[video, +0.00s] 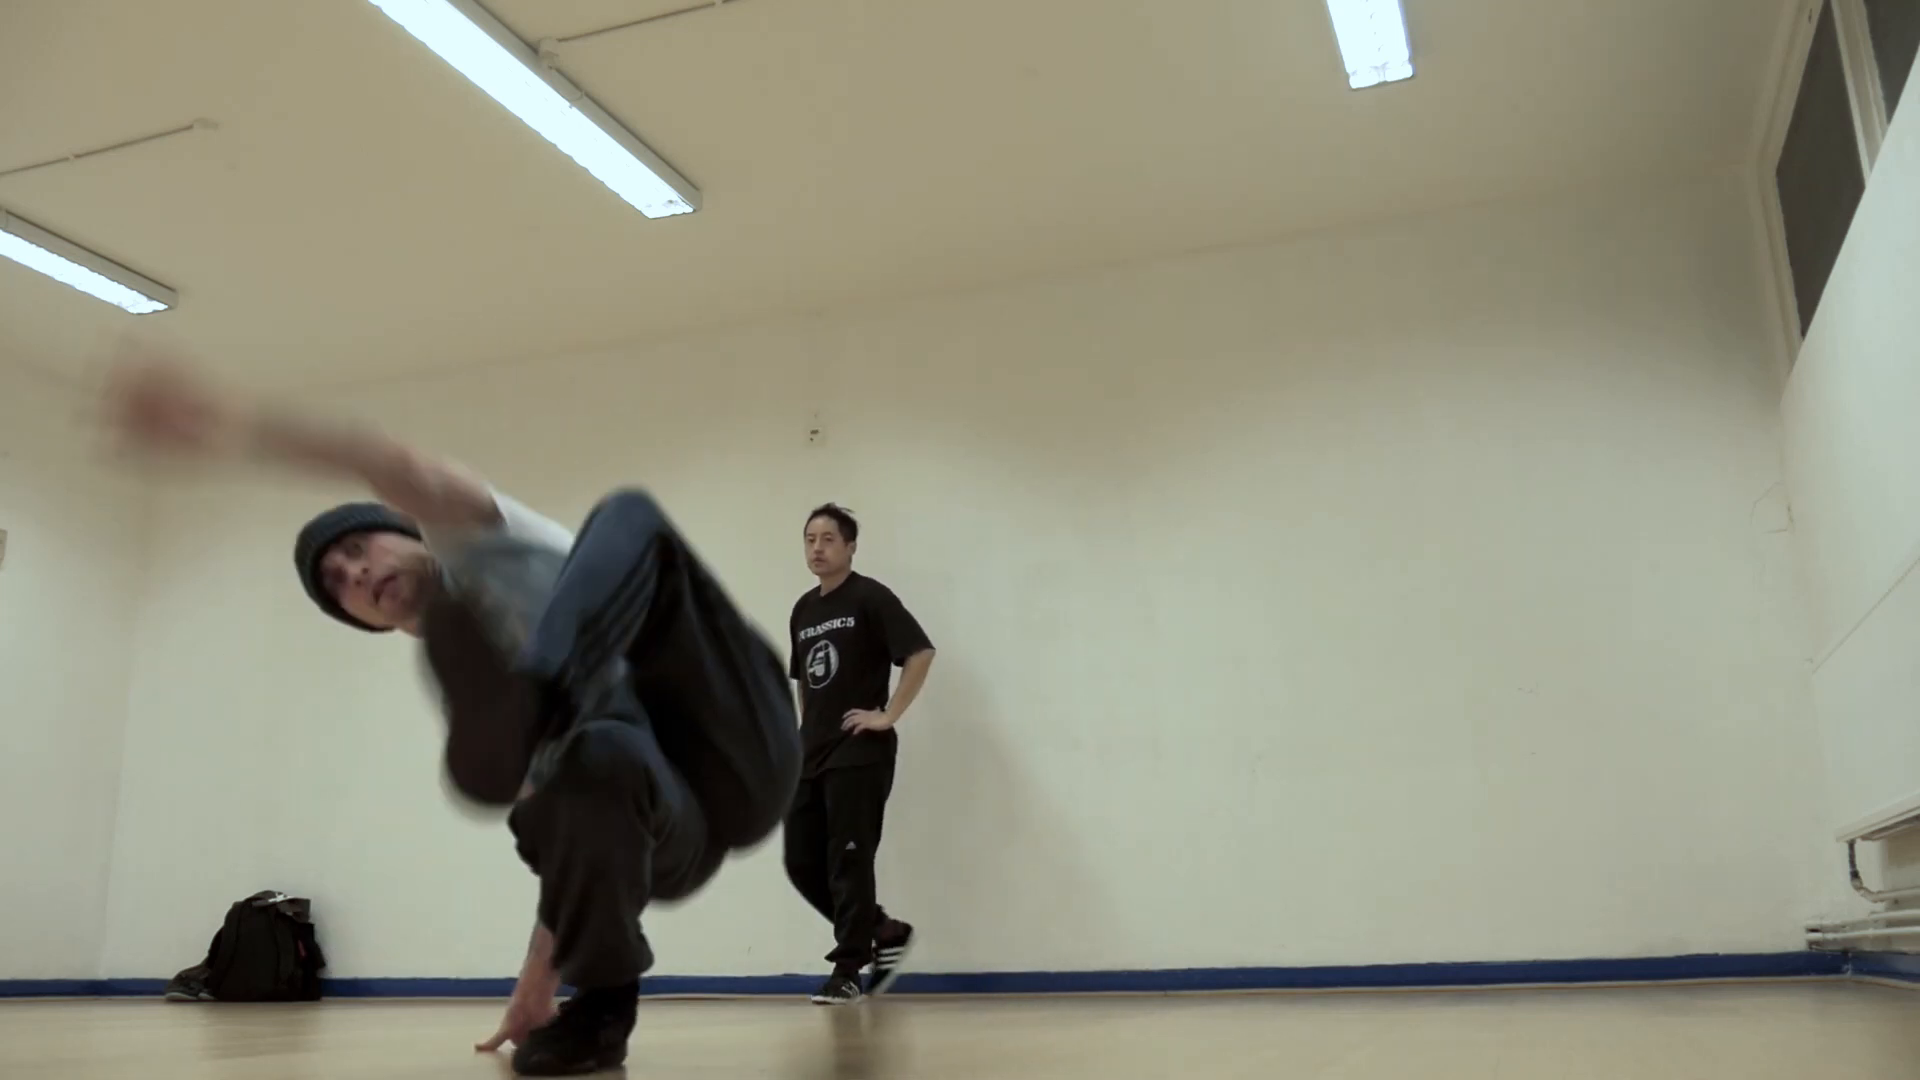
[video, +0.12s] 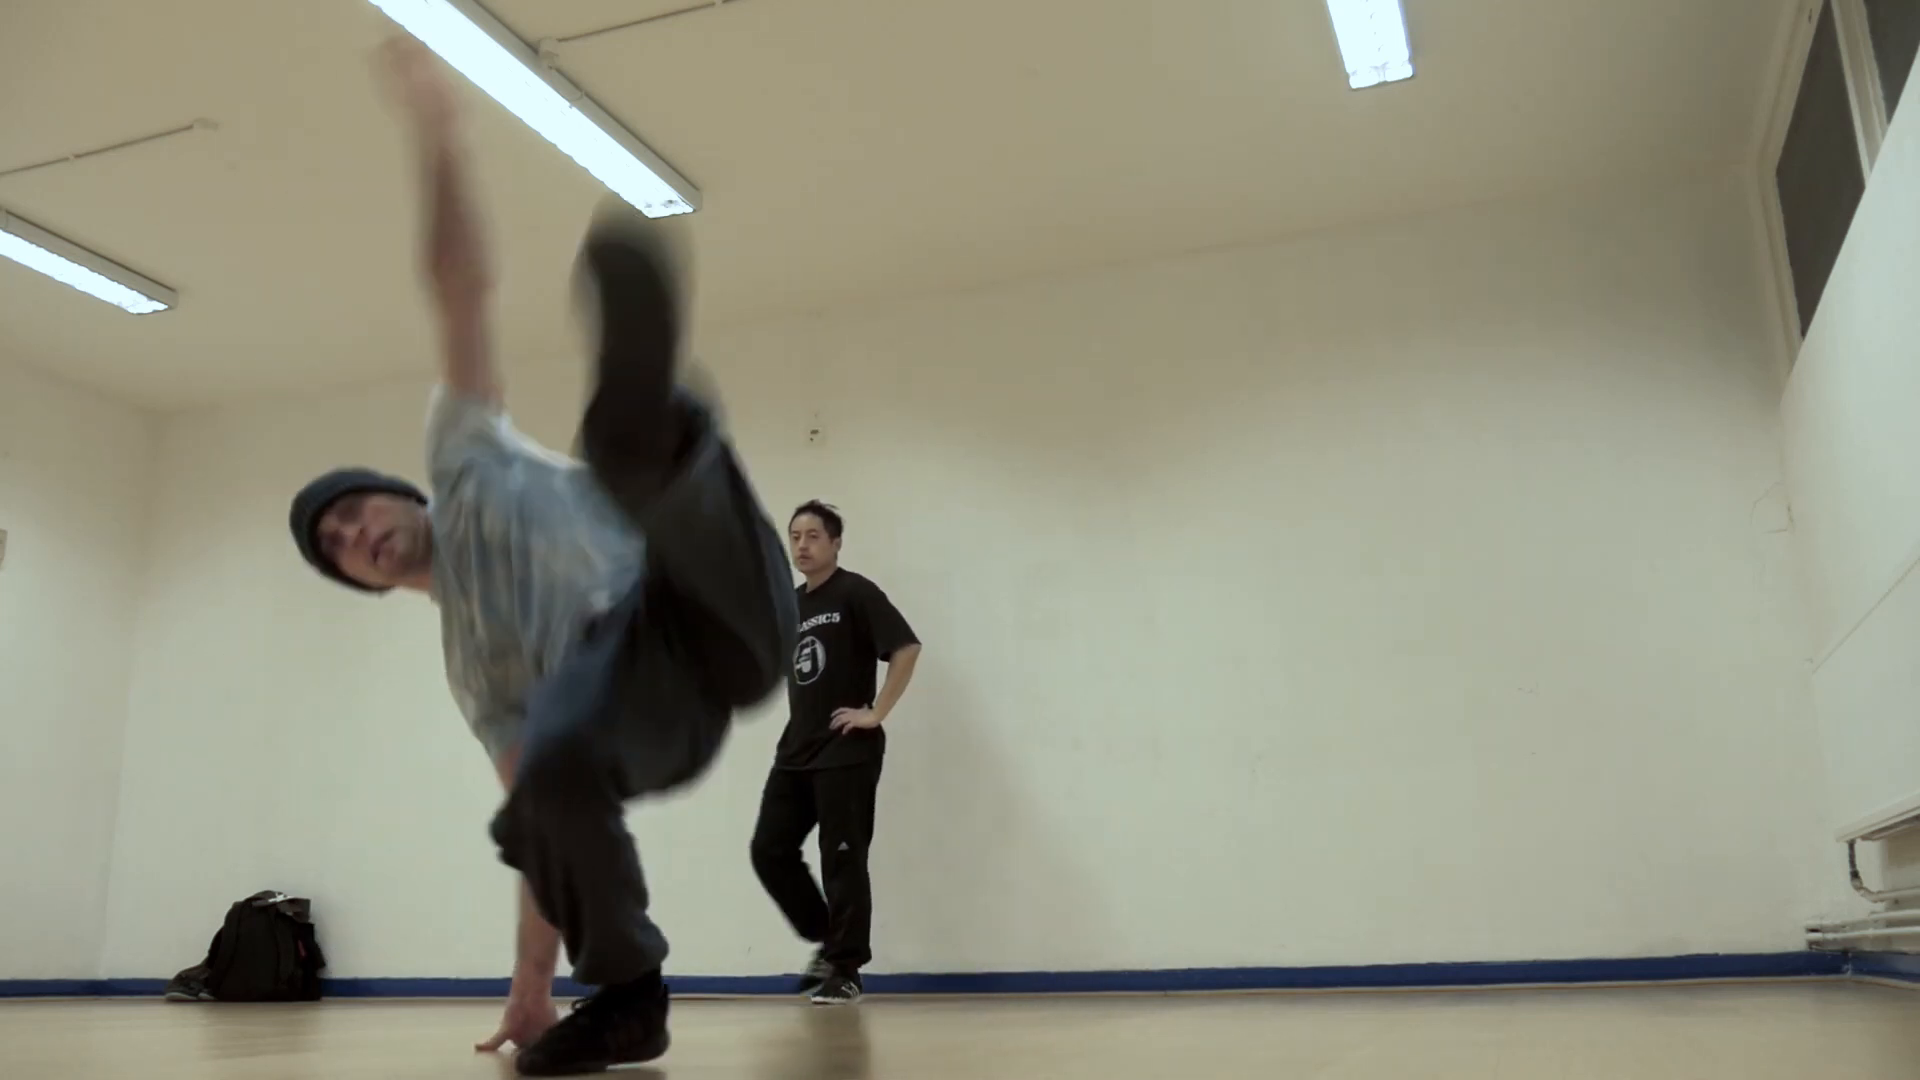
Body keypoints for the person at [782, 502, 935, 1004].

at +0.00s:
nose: (817, 547)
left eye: (828, 539)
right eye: (810, 539)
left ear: (850, 546)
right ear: (804, 547)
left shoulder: (871, 598)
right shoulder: (803, 610)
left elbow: (921, 653)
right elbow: (803, 682)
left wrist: (890, 715)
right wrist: (807, 731)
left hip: (860, 746)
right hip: (814, 750)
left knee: (849, 856)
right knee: (802, 863)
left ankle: (849, 970)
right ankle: (887, 934)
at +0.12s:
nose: (803, 544)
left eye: (813, 536)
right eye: (796, 537)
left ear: (835, 542)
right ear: (790, 545)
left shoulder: (856, 592)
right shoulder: (790, 603)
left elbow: (906, 648)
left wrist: (878, 712)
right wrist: (801, 713)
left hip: (847, 744)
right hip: (799, 745)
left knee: (843, 855)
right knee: (771, 851)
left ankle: (845, 972)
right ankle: (829, 940)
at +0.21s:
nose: (790, 544)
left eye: (800, 535)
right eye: (783, 535)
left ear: (823, 542)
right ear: (777, 545)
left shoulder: (845, 591)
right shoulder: (779, 607)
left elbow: (895, 646)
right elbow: (795, 672)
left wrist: (869, 713)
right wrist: (793, 720)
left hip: (840, 746)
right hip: (790, 747)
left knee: (839, 855)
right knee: (756, 849)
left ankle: (846, 973)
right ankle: (784, 961)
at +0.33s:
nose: (768, 544)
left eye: (779, 535)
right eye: (761, 536)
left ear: (801, 542)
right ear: (754, 546)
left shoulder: (824, 589)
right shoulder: (758, 607)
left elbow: (879, 644)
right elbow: (774, 673)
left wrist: (855, 711)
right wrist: (774, 723)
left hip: (825, 748)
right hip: (772, 751)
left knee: (834, 857)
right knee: (745, 853)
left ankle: (845, 972)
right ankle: (717, 965)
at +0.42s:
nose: (752, 544)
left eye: (763, 535)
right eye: (745, 536)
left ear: (785, 542)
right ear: (737, 546)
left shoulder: (810, 590)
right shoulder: (740, 609)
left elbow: (865, 644)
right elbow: (750, 677)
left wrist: (842, 712)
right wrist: (753, 727)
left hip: (811, 751)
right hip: (756, 754)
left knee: (826, 860)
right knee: (732, 858)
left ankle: (844, 972)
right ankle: (710, 970)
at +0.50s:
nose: (735, 542)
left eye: (745, 533)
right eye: (728, 534)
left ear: (767, 540)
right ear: (719, 544)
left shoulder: (793, 588)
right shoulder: (720, 609)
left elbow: (849, 643)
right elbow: (725, 676)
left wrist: (827, 712)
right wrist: (729, 724)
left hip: (794, 753)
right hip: (737, 755)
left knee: (814, 859)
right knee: (721, 860)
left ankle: (841, 969)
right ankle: (708, 973)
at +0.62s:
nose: (702, 557)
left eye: (709, 547)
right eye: (697, 551)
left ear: (725, 543)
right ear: (690, 555)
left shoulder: (764, 584)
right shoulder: (687, 599)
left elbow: (827, 636)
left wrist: (808, 707)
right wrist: (676, 718)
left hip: (769, 752)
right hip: (712, 755)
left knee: (792, 857)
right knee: (708, 864)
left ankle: (835, 962)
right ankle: (706, 972)